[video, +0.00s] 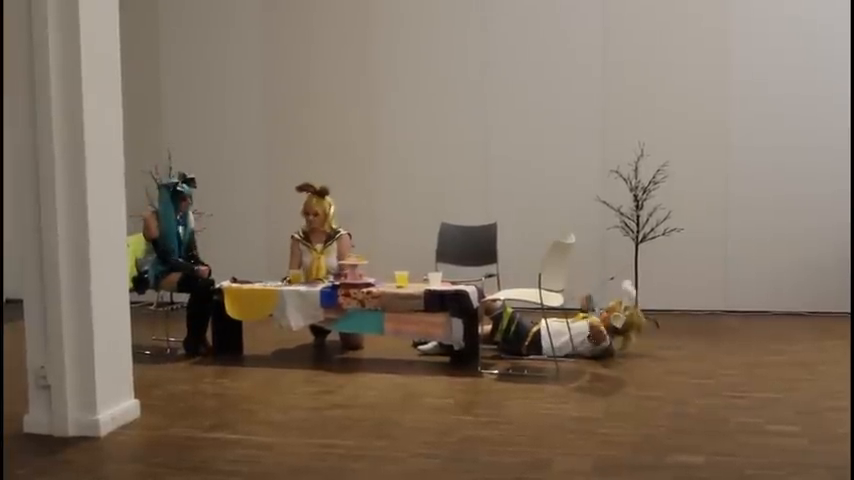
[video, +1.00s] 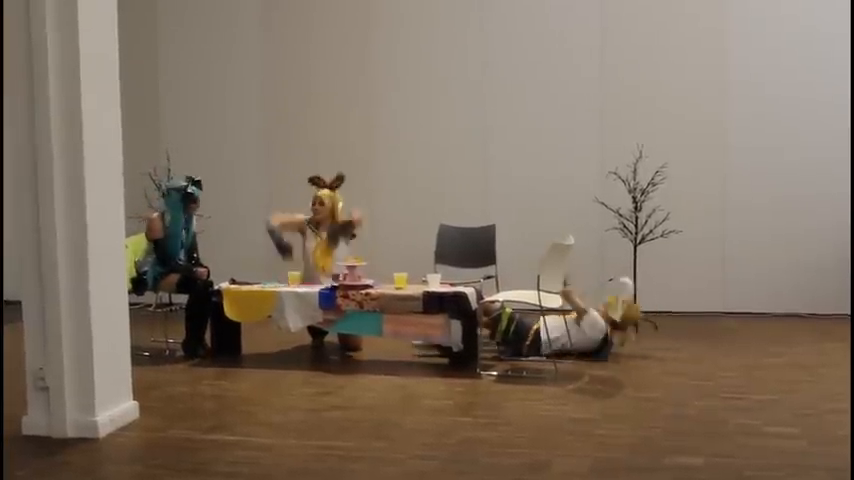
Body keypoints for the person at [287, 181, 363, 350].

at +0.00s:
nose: (310, 219)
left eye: (315, 214)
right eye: (306, 214)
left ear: (327, 214)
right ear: (302, 214)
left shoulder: (340, 237)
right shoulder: (298, 239)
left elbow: (346, 270)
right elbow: (293, 272)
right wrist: (294, 283)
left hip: (337, 292)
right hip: (309, 294)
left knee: (354, 343)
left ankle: (346, 334)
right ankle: (319, 337)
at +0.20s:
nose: (307, 213)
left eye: (312, 209)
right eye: (307, 208)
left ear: (326, 211)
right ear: (306, 209)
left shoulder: (345, 235)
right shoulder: (302, 237)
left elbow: (349, 269)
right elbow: (295, 272)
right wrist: (288, 280)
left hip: (340, 294)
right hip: (311, 296)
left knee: (354, 343)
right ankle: (319, 337)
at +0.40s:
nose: (306, 210)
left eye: (311, 206)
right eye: (307, 205)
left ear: (324, 208)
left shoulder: (345, 234)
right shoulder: (303, 235)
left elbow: (349, 269)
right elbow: (296, 271)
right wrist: (291, 282)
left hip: (340, 291)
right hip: (312, 293)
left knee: (353, 344)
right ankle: (318, 337)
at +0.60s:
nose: (304, 212)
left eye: (308, 208)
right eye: (305, 207)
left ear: (321, 210)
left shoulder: (343, 234)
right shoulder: (302, 236)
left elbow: (347, 267)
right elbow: (295, 269)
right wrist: (290, 282)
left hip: (339, 291)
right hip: (311, 293)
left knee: (353, 344)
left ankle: (346, 334)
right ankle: (317, 338)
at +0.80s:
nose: (307, 211)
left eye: (313, 207)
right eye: (307, 206)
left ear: (327, 210)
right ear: (305, 209)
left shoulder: (340, 230)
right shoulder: (302, 233)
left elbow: (346, 260)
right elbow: (295, 264)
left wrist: (342, 278)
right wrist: (289, 279)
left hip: (337, 289)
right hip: (310, 291)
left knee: (353, 344)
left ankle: (345, 336)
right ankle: (317, 339)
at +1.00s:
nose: (315, 207)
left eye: (321, 204)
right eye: (313, 203)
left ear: (332, 207)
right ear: (311, 205)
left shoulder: (338, 228)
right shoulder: (305, 225)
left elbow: (351, 226)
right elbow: (273, 224)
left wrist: (353, 223)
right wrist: (283, 247)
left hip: (339, 288)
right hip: (310, 288)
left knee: (354, 345)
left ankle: (344, 338)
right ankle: (317, 338)